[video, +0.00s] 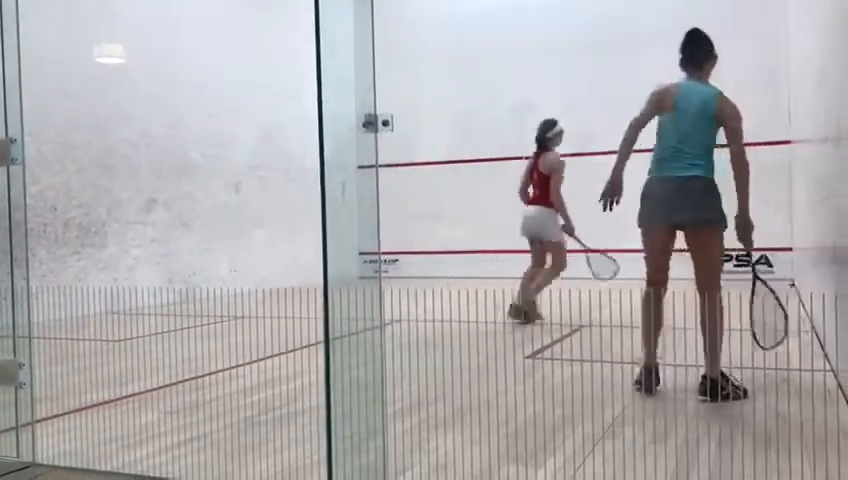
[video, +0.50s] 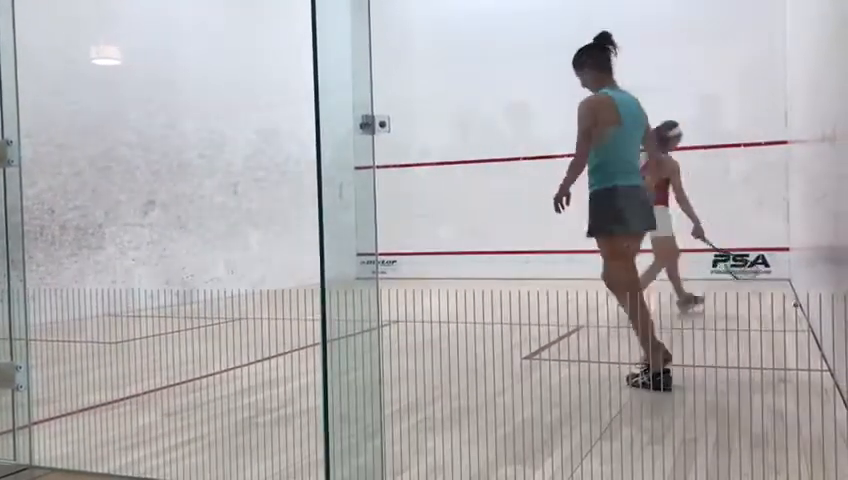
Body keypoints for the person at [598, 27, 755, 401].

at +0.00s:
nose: (714, 65)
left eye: (708, 61)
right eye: (714, 61)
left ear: (682, 62)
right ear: (712, 62)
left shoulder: (663, 94)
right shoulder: (723, 105)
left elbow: (634, 127)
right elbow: (739, 163)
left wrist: (615, 175)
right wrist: (744, 214)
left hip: (657, 196)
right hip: (700, 197)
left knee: (654, 284)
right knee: (709, 289)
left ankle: (648, 369)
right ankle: (713, 376)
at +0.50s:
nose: (580, 82)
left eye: (580, 74)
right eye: (578, 75)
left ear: (589, 70)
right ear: (606, 67)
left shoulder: (590, 105)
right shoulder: (633, 104)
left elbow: (582, 154)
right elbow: (655, 156)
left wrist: (565, 185)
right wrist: (646, 188)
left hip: (608, 200)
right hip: (637, 199)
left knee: (624, 279)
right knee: (613, 277)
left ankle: (653, 361)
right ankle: (654, 348)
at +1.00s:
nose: (464, 103)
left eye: (464, 95)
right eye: (462, 96)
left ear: (477, 90)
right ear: (488, 89)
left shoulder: (489, 118)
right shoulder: (511, 118)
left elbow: (497, 165)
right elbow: (530, 173)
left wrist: (494, 206)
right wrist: (493, 191)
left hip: (505, 207)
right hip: (526, 206)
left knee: (479, 282)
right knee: (519, 284)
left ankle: (515, 343)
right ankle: (527, 357)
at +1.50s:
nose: (359, 113)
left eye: (360, 106)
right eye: (358, 107)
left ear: (371, 103)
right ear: (382, 102)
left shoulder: (384, 128)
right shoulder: (403, 131)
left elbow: (380, 174)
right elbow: (419, 179)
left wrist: (352, 205)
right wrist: (425, 216)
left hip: (393, 209)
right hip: (407, 209)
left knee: (396, 283)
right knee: (378, 278)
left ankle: (408, 352)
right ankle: (400, 347)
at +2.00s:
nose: (271, 126)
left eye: (272, 121)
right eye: (272, 121)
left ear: (273, 119)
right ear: (294, 116)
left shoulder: (281, 140)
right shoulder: (312, 146)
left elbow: (236, 149)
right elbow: (321, 190)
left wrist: (256, 121)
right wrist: (319, 223)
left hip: (288, 222)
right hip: (313, 223)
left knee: (263, 286)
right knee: (314, 287)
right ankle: (321, 351)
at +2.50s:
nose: (175, 129)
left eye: (175, 125)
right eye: (178, 125)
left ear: (176, 126)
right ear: (197, 125)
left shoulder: (180, 151)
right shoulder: (208, 156)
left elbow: (142, 176)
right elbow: (226, 198)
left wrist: (158, 146)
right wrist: (229, 231)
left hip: (188, 228)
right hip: (207, 228)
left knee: (197, 292)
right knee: (179, 282)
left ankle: (214, 351)